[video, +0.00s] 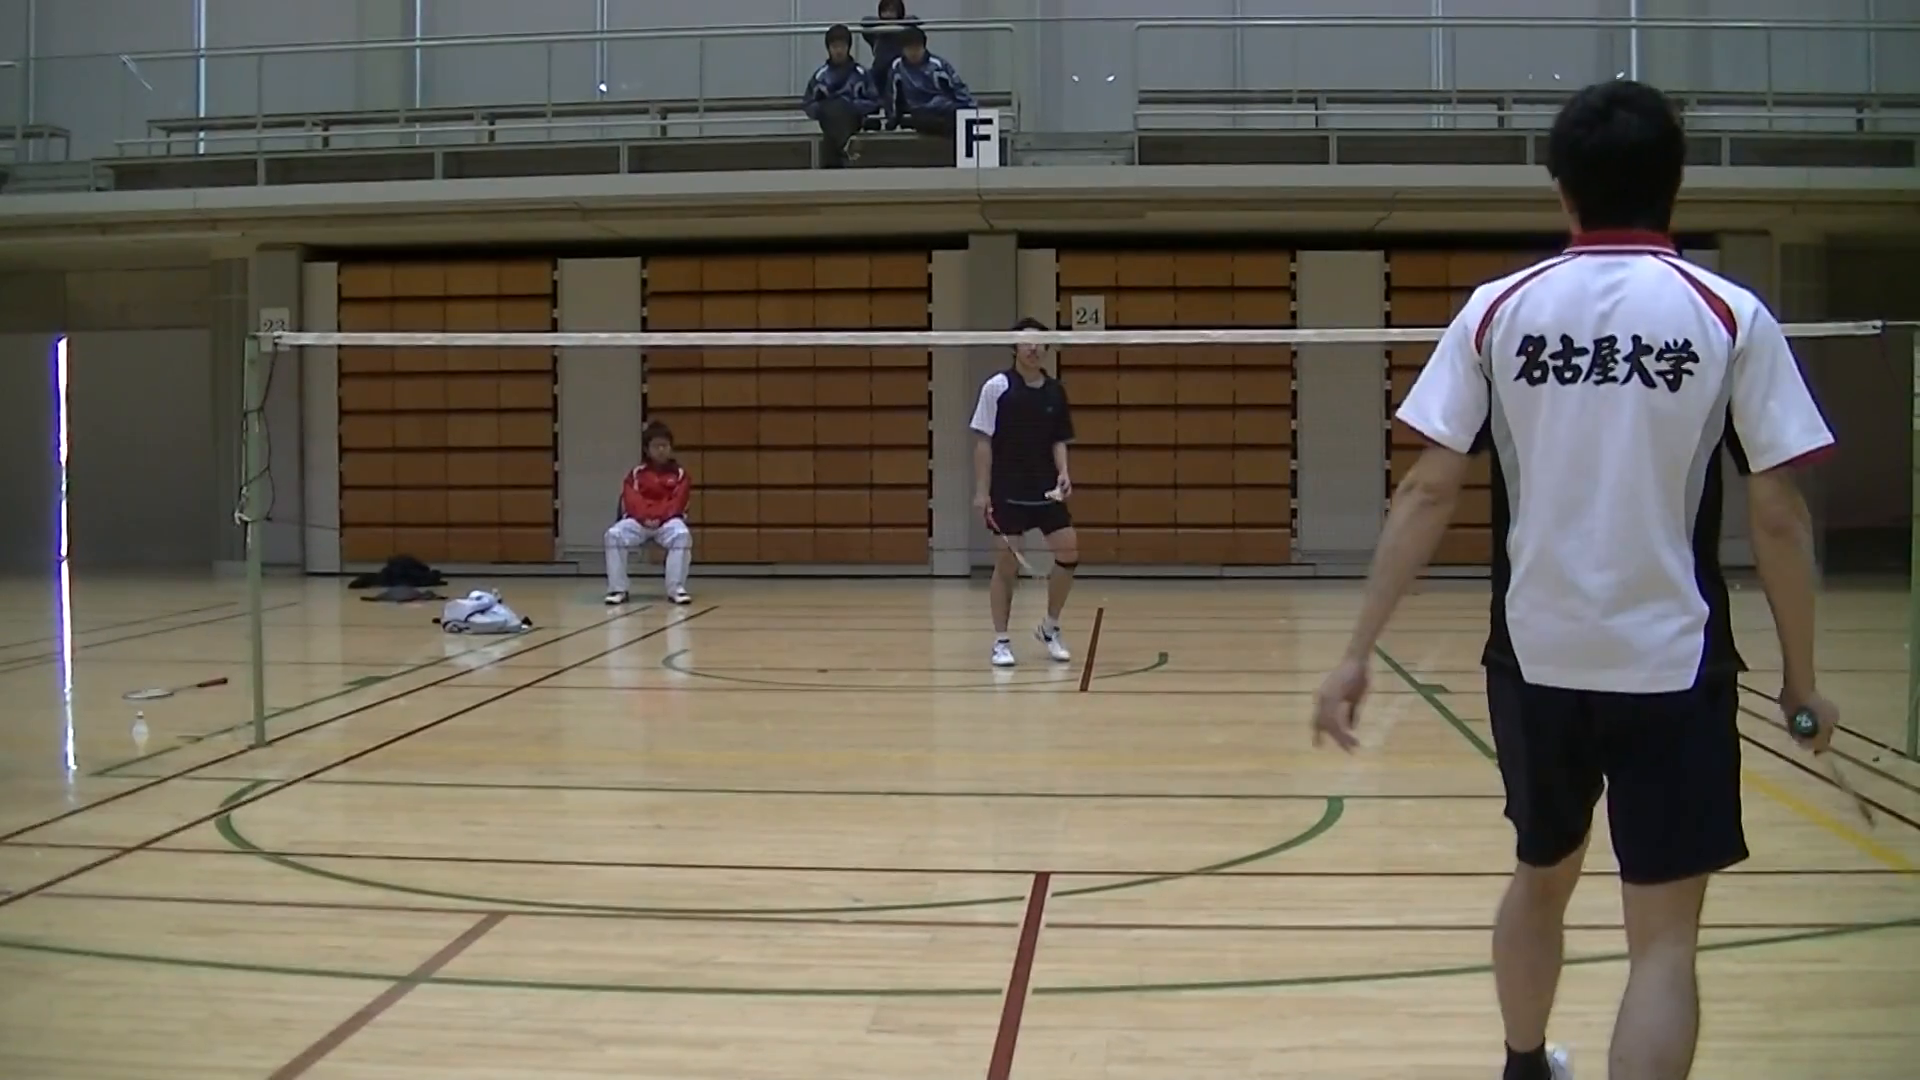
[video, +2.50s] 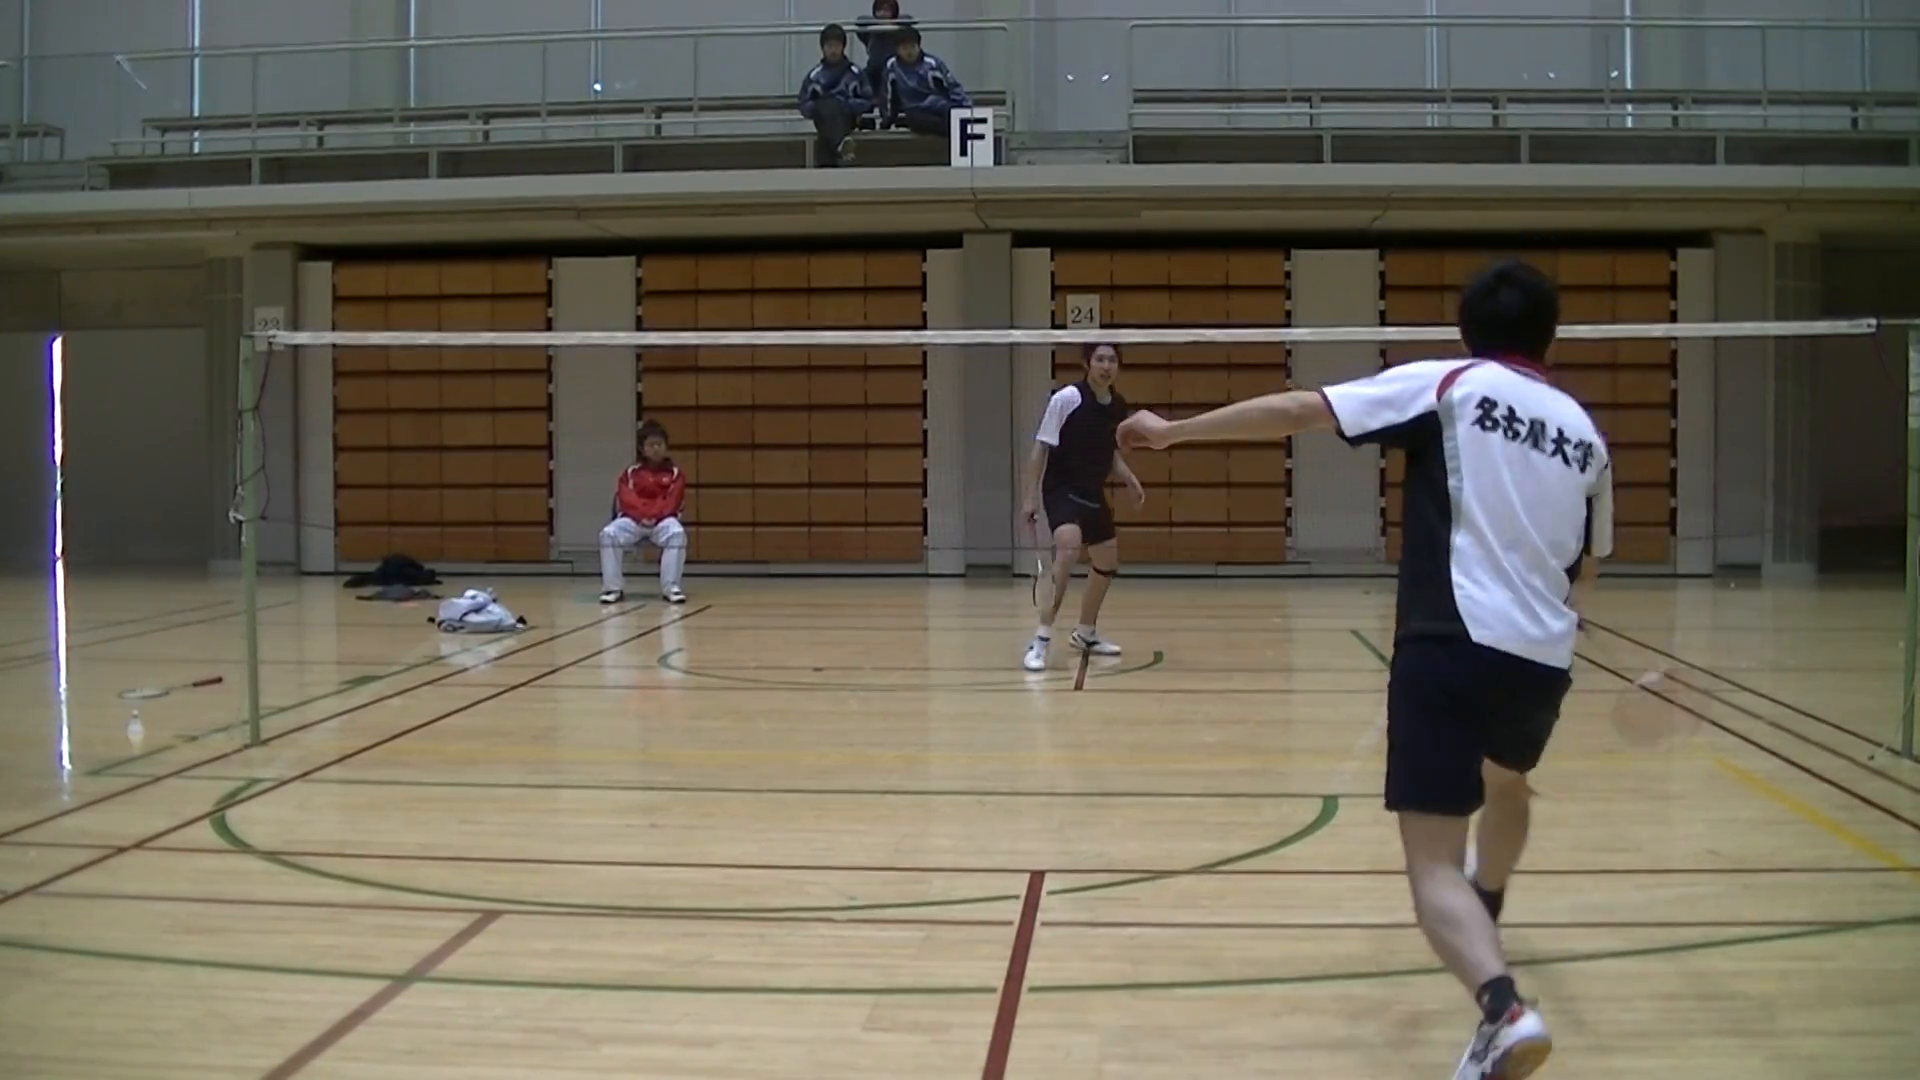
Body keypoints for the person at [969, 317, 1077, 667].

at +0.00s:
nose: (1034, 351)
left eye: (1039, 345)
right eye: (1027, 345)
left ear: (1045, 348)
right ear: (1015, 349)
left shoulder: (1053, 389)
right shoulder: (996, 386)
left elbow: (1058, 438)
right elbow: (983, 440)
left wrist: (1063, 472)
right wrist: (982, 490)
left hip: (1045, 488)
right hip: (1007, 489)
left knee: (1068, 552)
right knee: (1007, 562)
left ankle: (1050, 627)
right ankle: (1001, 641)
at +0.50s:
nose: (1062, 370)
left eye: (1065, 365)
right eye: (1057, 364)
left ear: (1068, 365)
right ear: (1040, 361)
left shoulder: (1069, 395)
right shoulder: (1014, 389)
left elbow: (1086, 436)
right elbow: (992, 437)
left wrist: (1100, 448)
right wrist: (988, 482)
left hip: (1058, 489)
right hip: (1025, 488)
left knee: (1050, 565)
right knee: (1026, 556)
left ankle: (1040, 638)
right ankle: (1003, 638)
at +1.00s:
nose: (1068, 358)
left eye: (1073, 353)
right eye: (1062, 351)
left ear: (1078, 359)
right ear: (1048, 352)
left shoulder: (1082, 398)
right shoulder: (1024, 385)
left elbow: (1105, 432)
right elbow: (992, 425)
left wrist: (1119, 437)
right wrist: (978, 466)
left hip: (1066, 495)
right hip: (1032, 492)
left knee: (1055, 566)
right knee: (1034, 561)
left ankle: (1043, 637)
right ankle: (1028, 645)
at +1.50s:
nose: (1062, 353)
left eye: (1067, 348)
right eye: (1056, 346)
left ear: (1071, 354)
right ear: (1040, 350)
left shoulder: (1075, 395)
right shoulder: (1015, 381)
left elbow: (1100, 419)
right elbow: (969, 402)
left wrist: (1113, 428)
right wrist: (972, 431)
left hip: (1062, 488)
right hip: (1025, 487)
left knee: (1070, 561)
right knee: (1030, 563)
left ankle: (1055, 627)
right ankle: (1026, 646)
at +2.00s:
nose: (1064, 352)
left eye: (1069, 347)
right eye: (1058, 346)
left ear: (1074, 350)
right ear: (1042, 346)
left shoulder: (1078, 391)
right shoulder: (1022, 380)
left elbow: (1098, 435)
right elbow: (995, 414)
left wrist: (1115, 426)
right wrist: (984, 443)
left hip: (1069, 489)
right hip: (1030, 488)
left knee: (1089, 558)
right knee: (1030, 566)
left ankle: (1067, 618)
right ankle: (1027, 645)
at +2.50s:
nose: (1107, 366)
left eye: (1112, 361)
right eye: (1101, 359)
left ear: (1118, 367)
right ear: (1087, 364)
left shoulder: (1115, 405)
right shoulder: (1066, 398)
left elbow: (1109, 454)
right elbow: (1040, 449)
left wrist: (1130, 479)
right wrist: (1030, 499)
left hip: (1094, 492)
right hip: (1061, 490)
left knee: (1105, 564)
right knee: (1069, 549)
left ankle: (1085, 633)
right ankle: (1041, 639)